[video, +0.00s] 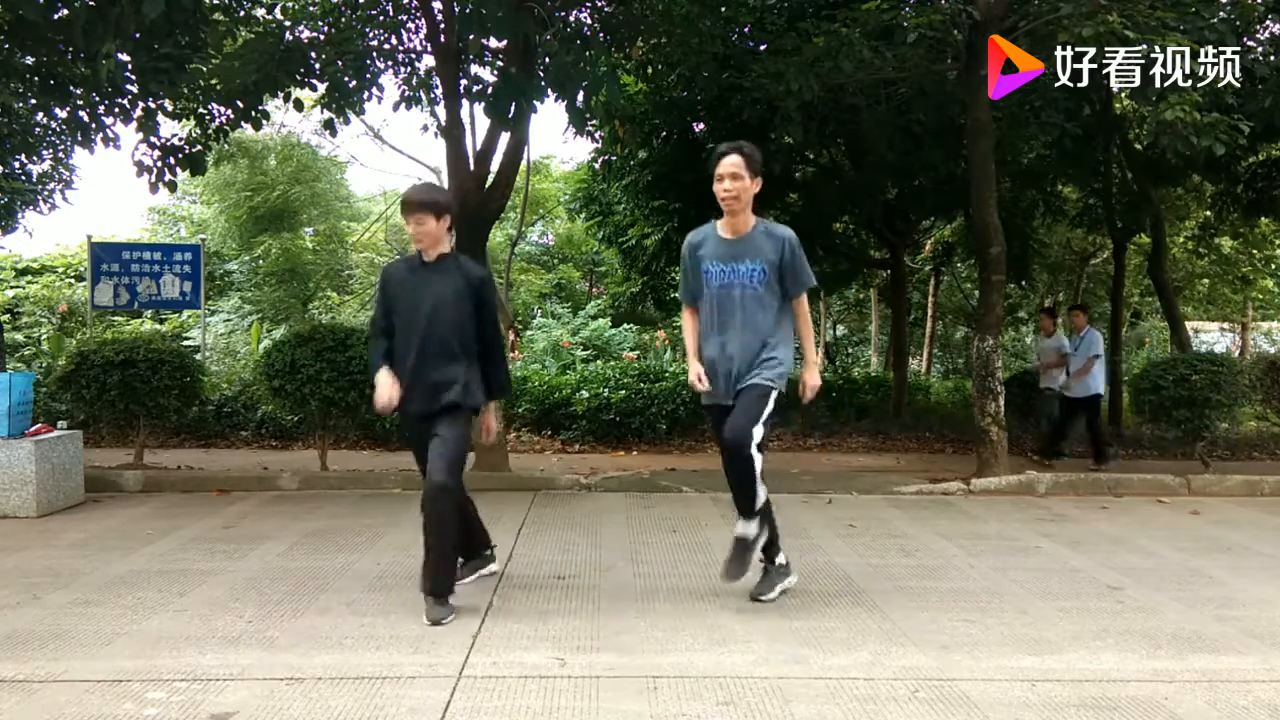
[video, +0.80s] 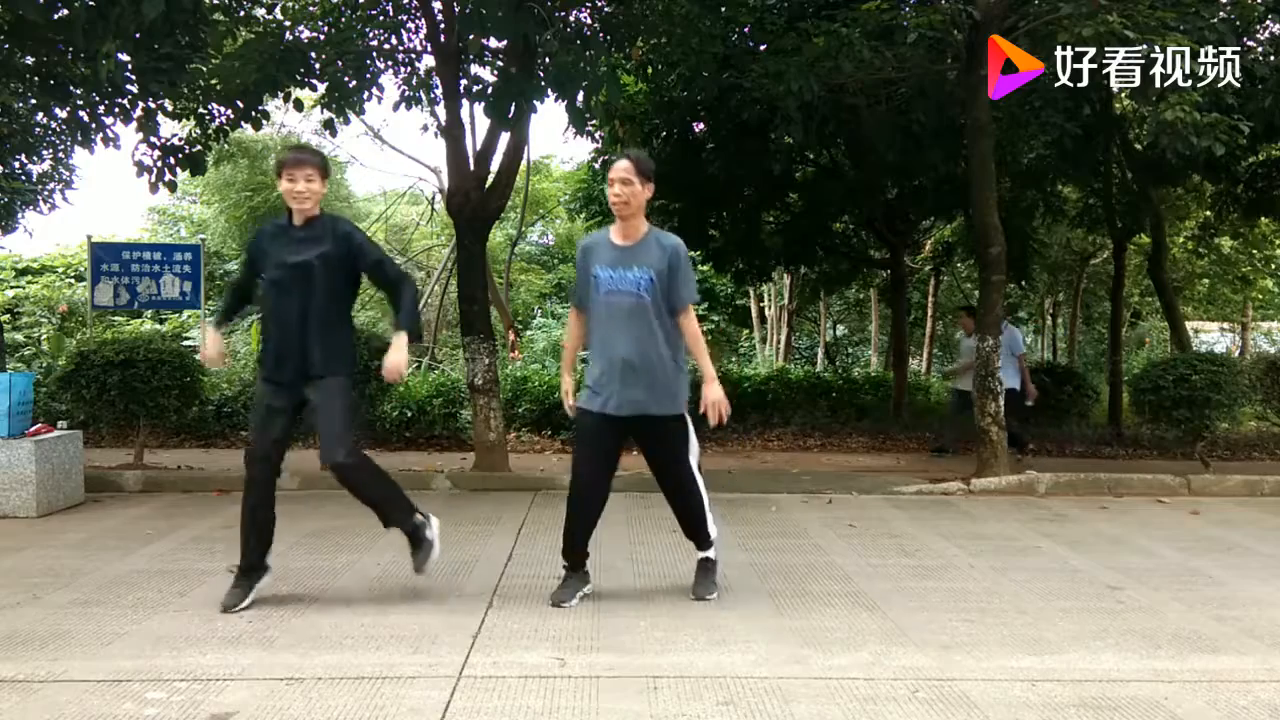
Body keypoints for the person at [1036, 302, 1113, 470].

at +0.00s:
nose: (1074, 320)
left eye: (1077, 316)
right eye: (1071, 317)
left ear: (1085, 317)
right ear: (1070, 319)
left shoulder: (1094, 336)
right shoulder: (1074, 339)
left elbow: (1091, 362)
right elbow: (1069, 360)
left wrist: (1073, 377)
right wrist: (1048, 365)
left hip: (1090, 390)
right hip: (1073, 389)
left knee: (1093, 426)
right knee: (1062, 424)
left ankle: (1100, 458)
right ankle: (1049, 453)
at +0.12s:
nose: (1057, 319)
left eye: (1060, 315)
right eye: (1055, 316)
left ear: (1069, 316)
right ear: (1054, 319)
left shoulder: (1078, 335)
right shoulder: (1060, 338)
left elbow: (1076, 362)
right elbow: (1056, 362)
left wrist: (1054, 379)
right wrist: (1035, 368)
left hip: (1073, 390)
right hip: (1057, 390)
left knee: (1080, 428)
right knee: (1043, 423)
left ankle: (1097, 456)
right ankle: (1041, 458)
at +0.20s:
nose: (1051, 319)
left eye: (1053, 315)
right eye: (1049, 316)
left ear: (1062, 315)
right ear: (1048, 318)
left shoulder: (1070, 334)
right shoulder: (1054, 338)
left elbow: (1070, 360)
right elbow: (1049, 362)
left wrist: (1051, 381)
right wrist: (1027, 368)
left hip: (1066, 388)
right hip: (1051, 388)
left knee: (1066, 425)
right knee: (1039, 422)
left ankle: (1091, 453)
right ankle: (1041, 458)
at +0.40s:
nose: (1031, 317)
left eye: (1034, 312)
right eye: (1029, 314)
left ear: (1043, 313)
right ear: (1028, 316)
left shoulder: (1051, 332)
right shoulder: (1033, 335)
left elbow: (1057, 360)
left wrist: (1058, 386)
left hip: (1044, 386)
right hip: (1030, 386)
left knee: (1037, 422)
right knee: (1031, 422)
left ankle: (1041, 455)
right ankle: (1036, 455)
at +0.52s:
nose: (1018, 318)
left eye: (1021, 314)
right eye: (1016, 314)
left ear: (1031, 315)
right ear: (1015, 317)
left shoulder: (1040, 335)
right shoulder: (1016, 336)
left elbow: (1048, 361)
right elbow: (1011, 359)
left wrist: (1058, 385)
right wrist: (1007, 363)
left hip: (1034, 386)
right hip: (1017, 387)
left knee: (1033, 423)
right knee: (1025, 424)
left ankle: (1040, 457)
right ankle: (1036, 456)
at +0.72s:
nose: (1000, 318)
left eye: (1003, 315)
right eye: (1000, 315)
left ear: (1011, 315)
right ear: (1001, 316)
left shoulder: (1018, 333)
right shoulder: (999, 335)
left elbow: (1029, 360)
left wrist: (1039, 384)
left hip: (1015, 385)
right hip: (1000, 385)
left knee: (1015, 422)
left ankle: (1033, 453)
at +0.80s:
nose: (992, 316)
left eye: (995, 312)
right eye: (989, 313)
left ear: (1000, 313)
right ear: (985, 315)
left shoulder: (1011, 332)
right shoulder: (987, 332)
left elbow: (1021, 360)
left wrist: (1028, 385)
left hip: (1010, 386)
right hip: (991, 386)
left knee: (1011, 421)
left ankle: (1022, 447)